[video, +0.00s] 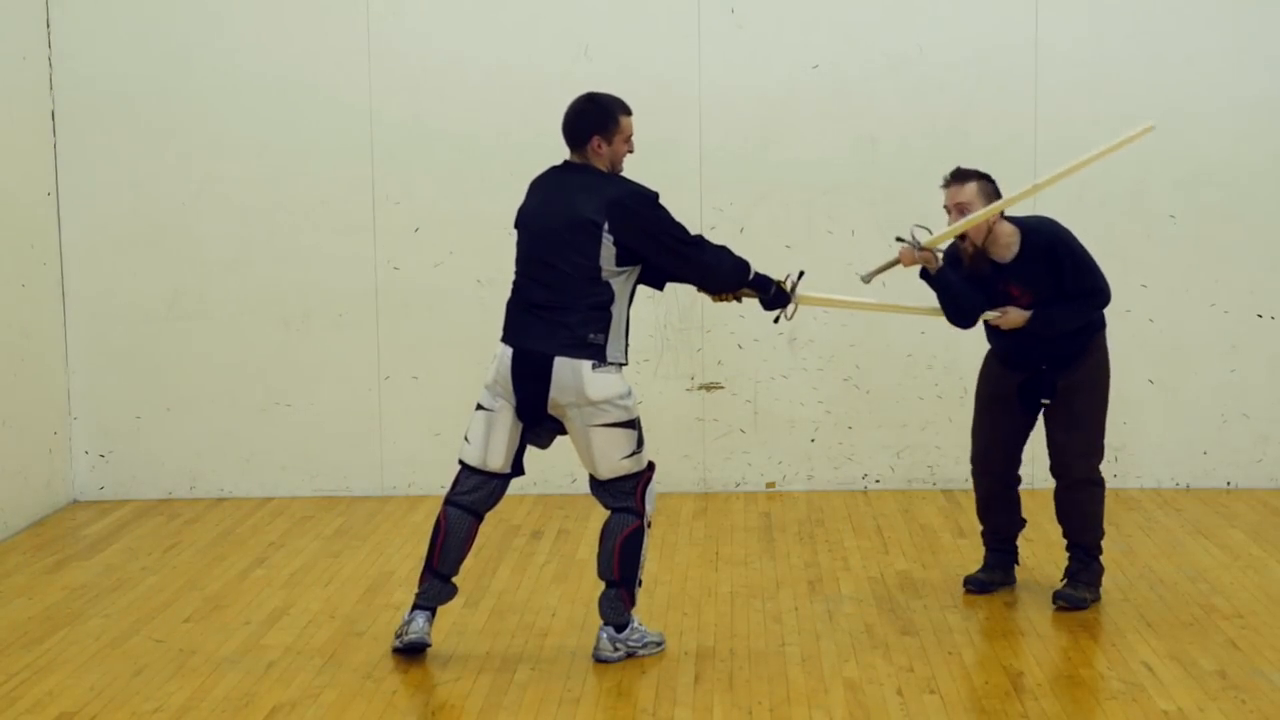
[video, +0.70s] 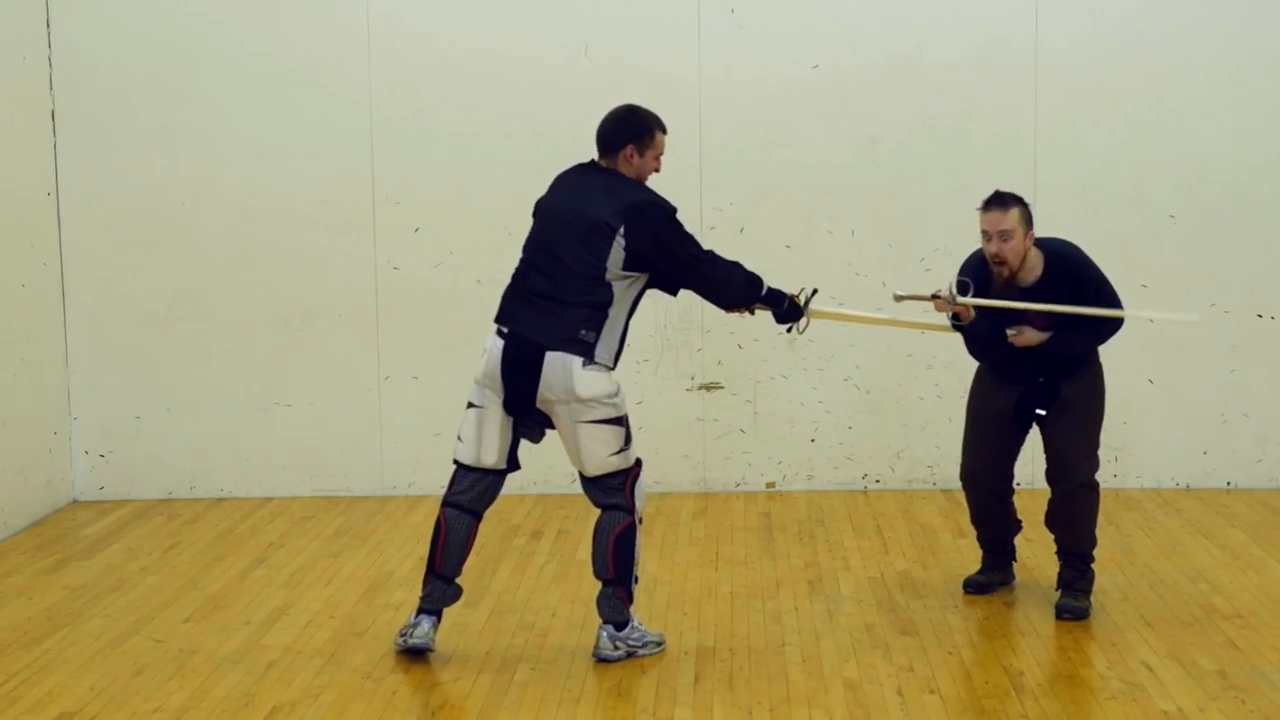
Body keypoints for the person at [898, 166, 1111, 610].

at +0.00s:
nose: (956, 220)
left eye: (964, 209)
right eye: (950, 211)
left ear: (994, 209)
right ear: (948, 215)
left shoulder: (1047, 237)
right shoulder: (959, 258)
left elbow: (1097, 294)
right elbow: (964, 317)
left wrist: (1031, 317)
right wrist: (932, 266)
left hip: (1076, 358)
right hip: (1009, 359)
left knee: (1076, 465)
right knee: (991, 460)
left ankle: (1083, 570)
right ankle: (999, 560)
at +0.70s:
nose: (994, 249)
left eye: (1004, 237)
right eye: (986, 237)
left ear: (1029, 235)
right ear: (981, 235)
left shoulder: (1067, 261)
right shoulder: (975, 272)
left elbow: (1111, 315)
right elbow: (985, 352)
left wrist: (1050, 338)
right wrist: (967, 321)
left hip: (1071, 377)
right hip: (1002, 377)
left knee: (1073, 477)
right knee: (981, 472)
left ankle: (1075, 582)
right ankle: (997, 563)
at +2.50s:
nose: (1042, 284)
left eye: (1055, 279)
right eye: (1038, 271)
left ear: (1078, 276)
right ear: (1031, 257)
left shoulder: (1101, 290)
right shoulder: (1003, 275)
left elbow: (1119, 344)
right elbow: (973, 357)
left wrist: (1060, 354)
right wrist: (980, 334)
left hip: (1073, 388)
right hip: (1002, 380)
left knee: (1077, 480)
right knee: (979, 476)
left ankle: (1075, 582)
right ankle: (996, 562)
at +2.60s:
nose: (1049, 320)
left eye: (1060, 317)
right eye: (1046, 309)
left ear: (1082, 306)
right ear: (1041, 285)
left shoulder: (1109, 303)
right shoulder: (1012, 282)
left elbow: (1121, 356)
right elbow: (961, 358)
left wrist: (1092, 378)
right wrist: (974, 336)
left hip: (1076, 397)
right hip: (1004, 386)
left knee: (1079, 483)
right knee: (977, 477)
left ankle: (1075, 582)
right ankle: (994, 561)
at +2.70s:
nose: (1059, 358)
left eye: (1068, 355)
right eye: (1053, 350)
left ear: (1091, 330)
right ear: (1042, 319)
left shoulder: (1114, 311)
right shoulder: (1013, 306)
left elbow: (1141, 359)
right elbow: (952, 360)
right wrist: (969, 340)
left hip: (1081, 405)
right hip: (1008, 398)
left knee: (1088, 492)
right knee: (977, 490)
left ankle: (1076, 584)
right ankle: (971, 532)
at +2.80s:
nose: (1071, 375)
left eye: (1079, 368)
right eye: (1063, 368)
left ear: (1094, 342)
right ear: (1047, 348)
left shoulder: (1120, 344)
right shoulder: (1016, 341)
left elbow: (1165, 393)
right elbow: (948, 383)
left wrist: (1186, 385)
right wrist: (975, 348)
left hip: (1085, 433)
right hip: (1013, 429)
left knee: (1094, 501)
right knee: (987, 530)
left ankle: (1075, 587)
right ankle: (965, 538)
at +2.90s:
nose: (1079, 406)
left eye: (1087, 396)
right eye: (1068, 397)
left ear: (1099, 379)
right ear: (1051, 382)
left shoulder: (1118, 391)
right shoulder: (1022, 385)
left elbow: (1182, 443)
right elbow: (955, 439)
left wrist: (1196, 424)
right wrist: (993, 416)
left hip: (1083, 477)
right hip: (1015, 479)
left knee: (1108, 506)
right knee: (986, 580)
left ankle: (1074, 588)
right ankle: (966, 534)